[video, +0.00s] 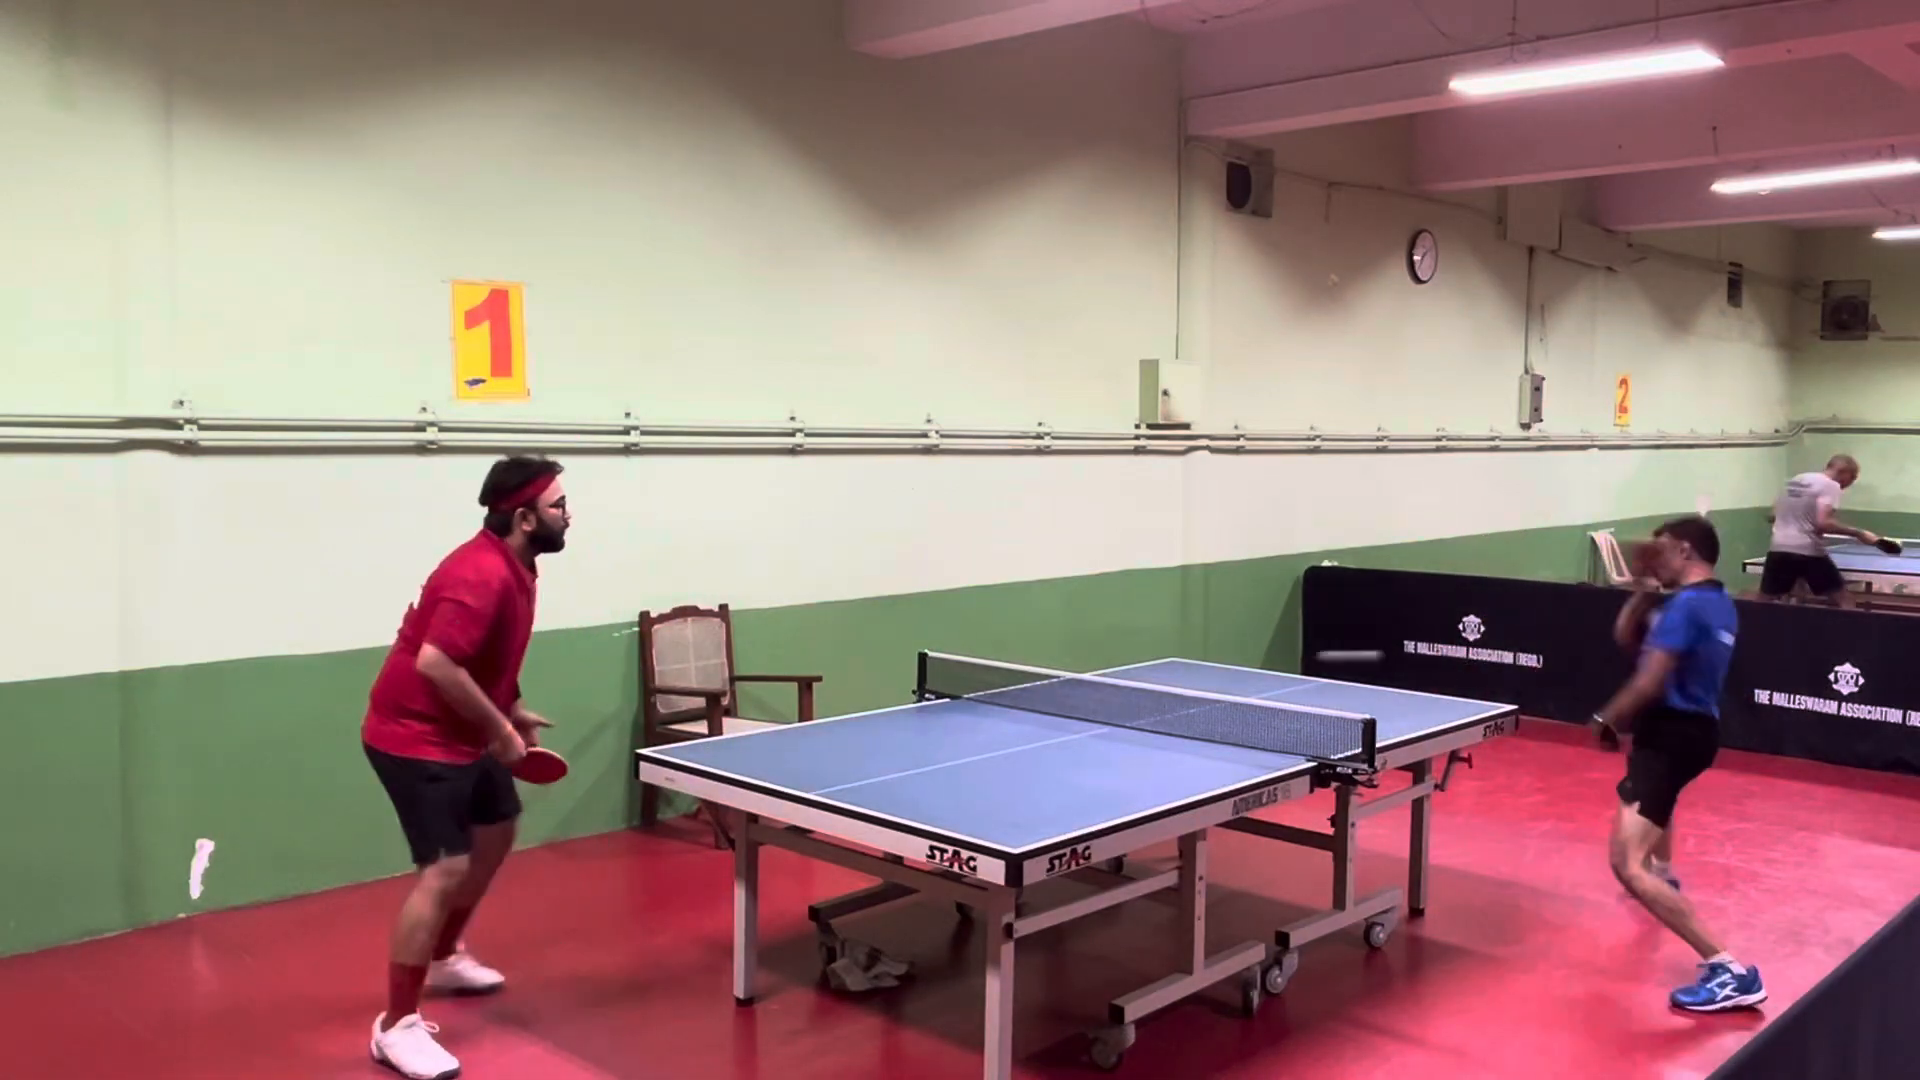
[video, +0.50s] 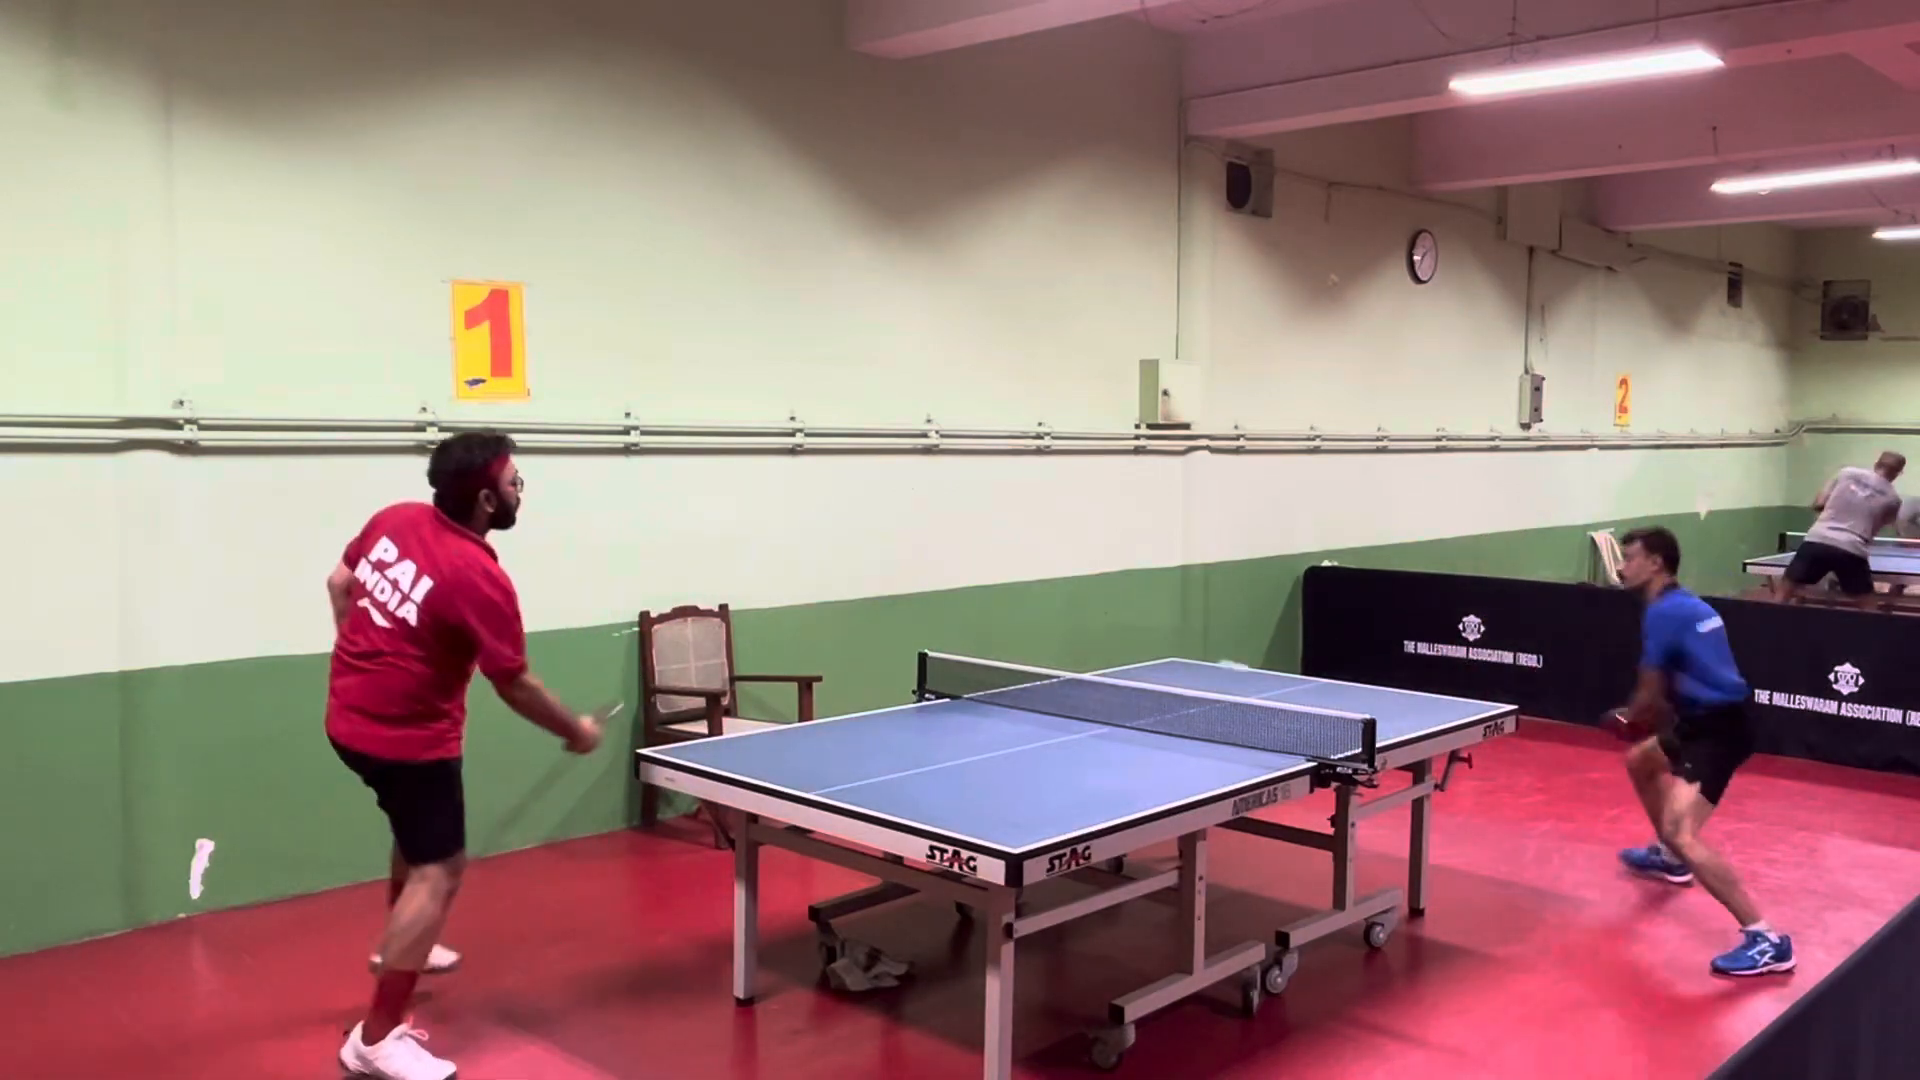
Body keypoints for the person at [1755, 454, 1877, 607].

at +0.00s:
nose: (1849, 485)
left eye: (1852, 481)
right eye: (1851, 479)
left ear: (1830, 466)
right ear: (1843, 472)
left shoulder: (1796, 480)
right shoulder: (1831, 486)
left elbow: (1775, 514)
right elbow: (1823, 522)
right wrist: (1859, 534)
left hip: (1779, 554)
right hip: (1809, 555)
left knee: (1763, 604)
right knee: (1842, 600)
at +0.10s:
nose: (1861, 483)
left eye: (1864, 479)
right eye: (1862, 477)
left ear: (1842, 466)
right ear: (1853, 470)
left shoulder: (1809, 480)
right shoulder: (1839, 487)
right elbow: (1836, 527)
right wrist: (1873, 536)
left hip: (1787, 552)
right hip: (1816, 555)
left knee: (1776, 608)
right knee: (1838, 608)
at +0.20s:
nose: (1877, 482)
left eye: (1879, 478)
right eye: (1878, 477)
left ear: (1856, 466)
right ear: (1869, 471)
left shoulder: (1825, 478)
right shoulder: (1861, 493)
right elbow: (1857, 540)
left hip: (1797, 549)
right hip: (1826, 553)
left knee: (1779, 598)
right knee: (1847, 605)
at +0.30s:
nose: (1893, 478)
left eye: (1894, 475)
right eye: (1893, 474)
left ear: (1871, 465)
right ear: (1888, 474)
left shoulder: (1837, 475)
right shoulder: (1880, 499)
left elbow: (1816, 504)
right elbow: (1862, 523)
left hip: (1805, 548)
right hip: (1837, 556)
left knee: (1783, 595)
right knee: (1860, 603)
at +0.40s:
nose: (1898, 478)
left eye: (1898, 474)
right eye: (1899, 475)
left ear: (1877, 464)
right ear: (1897, 475)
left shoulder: (1845, 473)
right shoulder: (1889, 501)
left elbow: (1818, 503)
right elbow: (1877, 520)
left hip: (1812, 544)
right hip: (1845, 554)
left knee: (1785, 591)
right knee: (1865, 604)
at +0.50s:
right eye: (1898, 472)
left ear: (1876, 463)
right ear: (1898, 473)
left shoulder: (1846, 473)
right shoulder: (1893, 500)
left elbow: (1819, 503)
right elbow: (1875, 528)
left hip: (1815, 545)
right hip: (1851, 554)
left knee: (1783, 593)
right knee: (1868, 609)